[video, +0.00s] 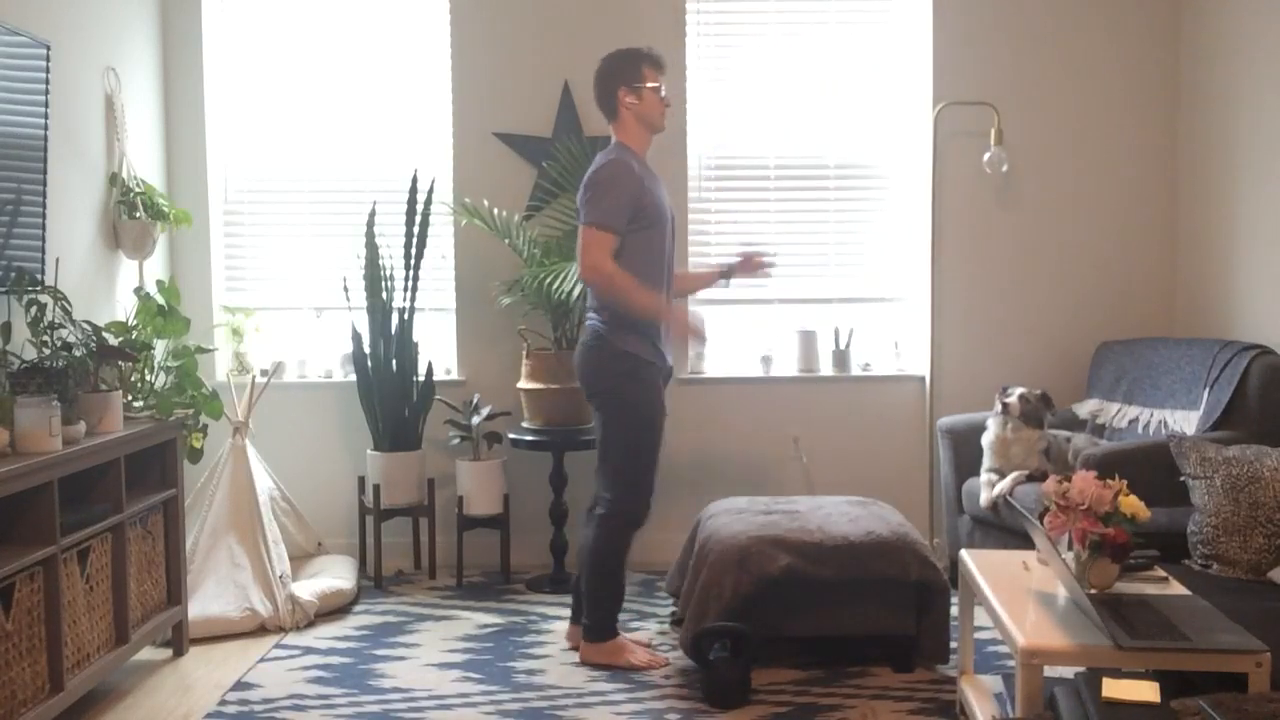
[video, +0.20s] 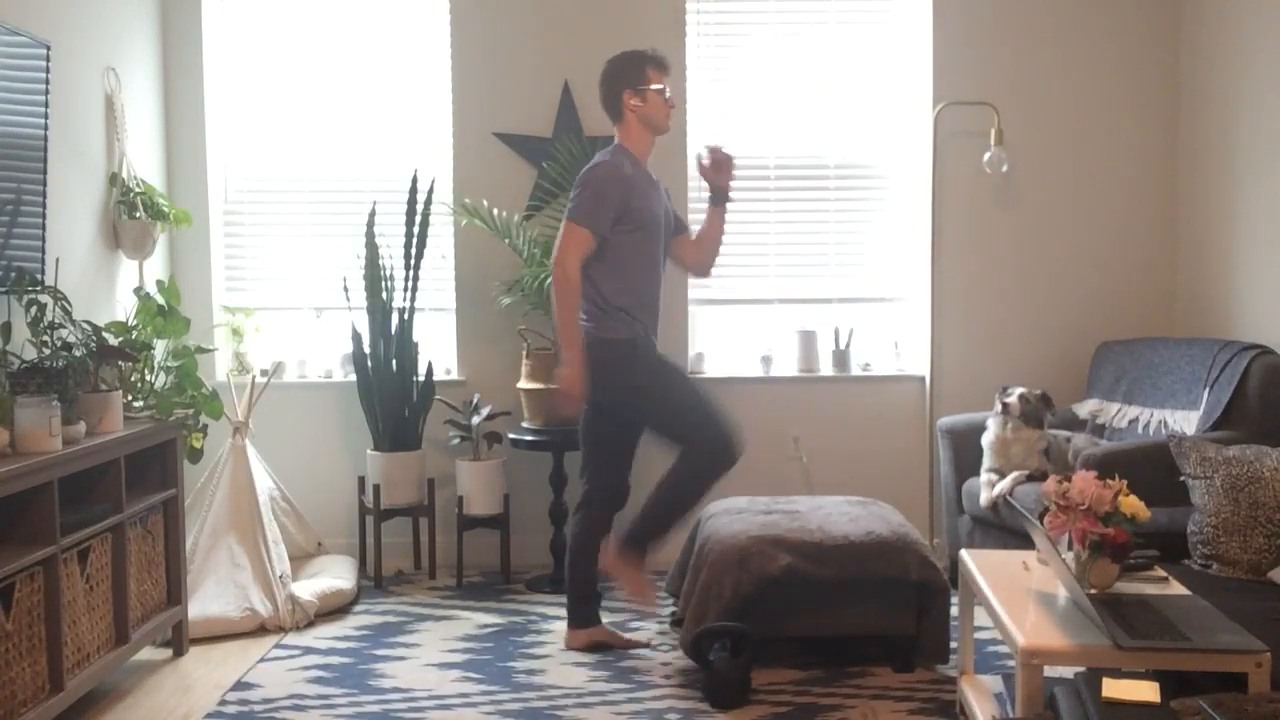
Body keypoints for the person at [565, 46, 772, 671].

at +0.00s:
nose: (668, 99)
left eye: (665, 89)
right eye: (658, 89)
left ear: (634, 101)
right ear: (626, 99)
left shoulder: (641, 173)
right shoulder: (615, 168)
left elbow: (658, 282)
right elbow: (593, 267)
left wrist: (726, 270)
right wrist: (665, 312)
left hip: (636, 352)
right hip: (621, 354)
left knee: (617, 498)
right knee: (626, 502)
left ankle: (587, 625)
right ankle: (599, 638)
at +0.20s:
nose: (672, 101)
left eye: (669, 92)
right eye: (662, 92)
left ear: (640, 102)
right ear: (632, 101)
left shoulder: (650, 186)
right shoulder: (607, 172)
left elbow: (699, 261)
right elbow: (564, 264)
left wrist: (719, 196)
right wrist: (571, 356)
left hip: (624, 352)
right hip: (614, 352)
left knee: (601, 493)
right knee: (716, 444)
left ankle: (582, 624)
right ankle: (628, 549)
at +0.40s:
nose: (686, 105)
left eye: (684, 95)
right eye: (675, 95)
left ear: (654, 106)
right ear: (643, 105)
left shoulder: (669, 188)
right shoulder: (618, 172)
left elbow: (735, 233)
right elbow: (562, 255)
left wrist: (717, 172)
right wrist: (550, 351)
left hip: (628, 344)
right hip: (619, 339)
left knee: (613, 491)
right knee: (759, 338)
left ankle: (583, 623)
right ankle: (687, 452)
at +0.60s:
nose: (708, 115)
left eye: (704, 105)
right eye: (698, 105)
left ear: (673, 116)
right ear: (669, 115)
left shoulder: (689, 197)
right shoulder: (641, 185)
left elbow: (762, 232)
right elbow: (587, 271)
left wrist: (732, 175)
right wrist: (581, 361)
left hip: (643, 356)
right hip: (637, 351)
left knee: (651, 496)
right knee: (779, 361)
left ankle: (588, 618)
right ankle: (742, 494)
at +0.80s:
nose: (739, 89)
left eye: (734, 79)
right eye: (729, 80)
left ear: (700, 94)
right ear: (702, 92)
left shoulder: (711, 175)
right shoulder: (681, 168)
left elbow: (778, 220)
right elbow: (636, 256)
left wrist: (767, 158)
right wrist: (684, 334)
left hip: (677, 344)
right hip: (675, 342)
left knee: (661, 483)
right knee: (803, 407)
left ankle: (595, 604)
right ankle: (742, 529)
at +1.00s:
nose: (758, 14)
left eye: (754, 5)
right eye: (748, 5)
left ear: (718, 22)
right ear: (722, 16)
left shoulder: (707, 91)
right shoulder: (716, 92)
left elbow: (724, 193)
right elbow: (732, 189)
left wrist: (782, 206)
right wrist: (821, 180)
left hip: (704, 276)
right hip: (709, 279)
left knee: (766, 399)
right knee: (783, 410)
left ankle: (680, 483)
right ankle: (739, 548)